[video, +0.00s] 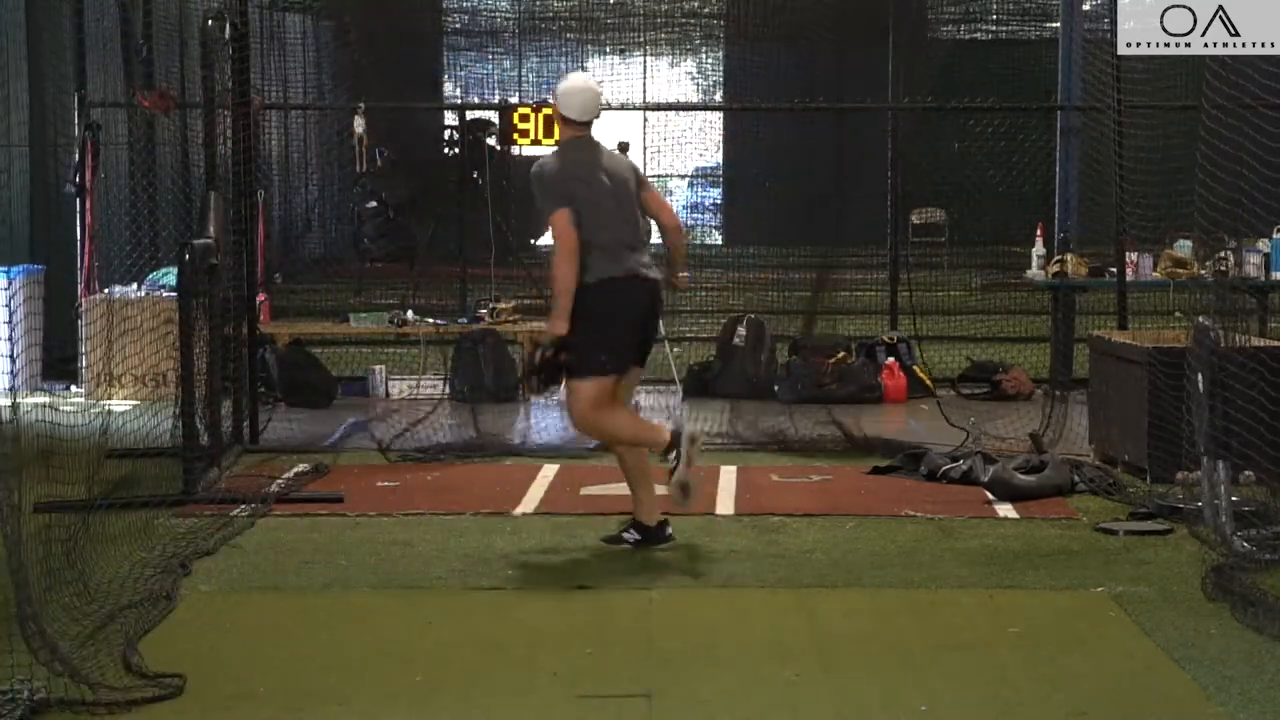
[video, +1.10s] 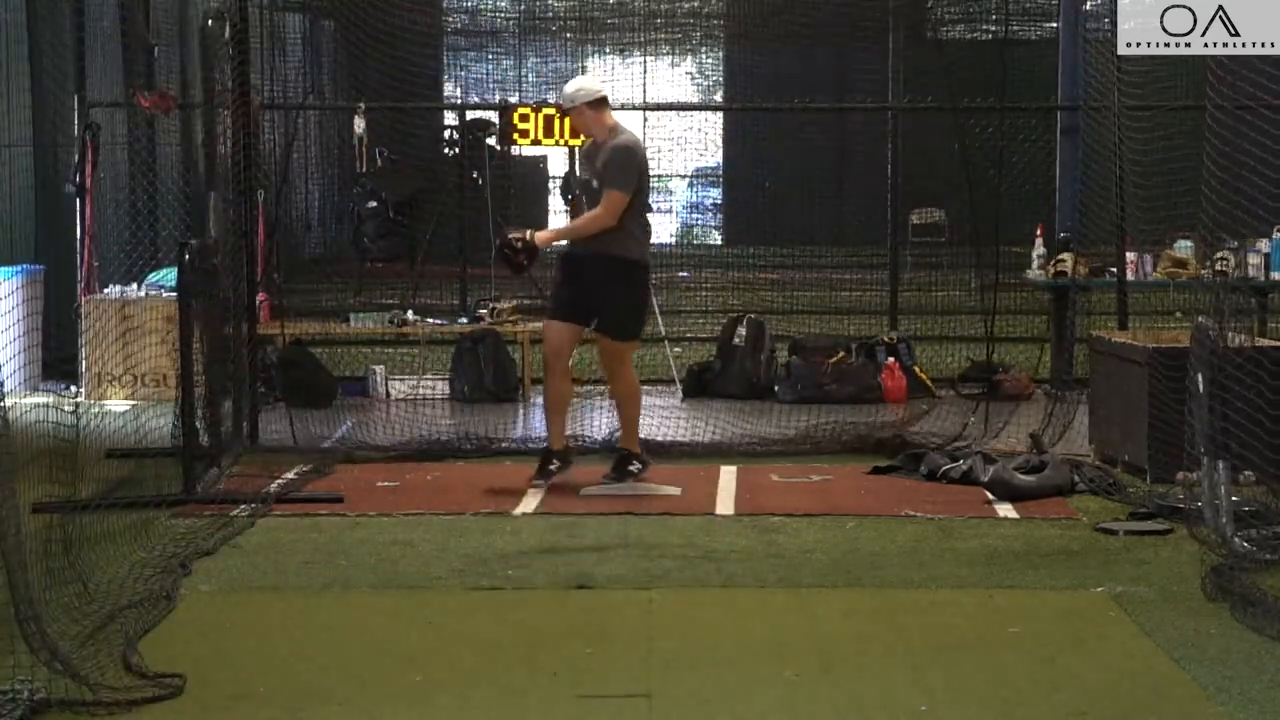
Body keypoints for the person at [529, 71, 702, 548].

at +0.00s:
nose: (556, 118)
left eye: (555, 111)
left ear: (556, 114)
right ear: (596, 116)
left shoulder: (549, 168)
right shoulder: (621, 164)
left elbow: (567, 243)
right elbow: (672, 224)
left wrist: (560, 317)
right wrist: (676, 272)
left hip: (601, 295)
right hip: (645, 293)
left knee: (586, 412)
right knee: (616, 408)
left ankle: (671, 442)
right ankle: (649, 521)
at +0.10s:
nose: (546, 88)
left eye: (546, 82)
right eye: (554, 83)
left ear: (547, 85)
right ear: (586, 84)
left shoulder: (561, 131)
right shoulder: (604, 126)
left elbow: (591, 188)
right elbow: (646, 176)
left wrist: (574, 262)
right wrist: (624, 215)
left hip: (605, 261)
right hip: (640, 260)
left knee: (576, 374)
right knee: (639, 374)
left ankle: (630, 477)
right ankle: (648, 488)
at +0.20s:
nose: (543, 75)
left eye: (543, 68)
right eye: (547, 68)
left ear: (546, 71)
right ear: (585, 71)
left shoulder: (568, 114)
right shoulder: (594, 111)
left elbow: (605, 156)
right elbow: (624, 167)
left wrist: (579, 221)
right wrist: (575, 208)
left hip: (596, 245)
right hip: (628, 243)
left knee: (580, 367)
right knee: (630, 357)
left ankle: (589, 483)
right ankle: (666, 475)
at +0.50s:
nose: (549, 99)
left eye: (550, 93)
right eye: (552, 93)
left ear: (556, 94)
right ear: (587, 93)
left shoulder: (583, 134)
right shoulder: (579, 136)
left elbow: (600, 190)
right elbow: (564, 206)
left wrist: (578, 235)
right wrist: (519, 229)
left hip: (582, 264)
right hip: (590, 264)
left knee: (577, 374)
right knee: (589, 366)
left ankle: (599, 493)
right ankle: (626, 448)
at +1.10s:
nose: (570, 124)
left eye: (572, 115)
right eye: (568, 116)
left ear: (590, 109)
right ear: (587, 110)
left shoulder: (625, 148)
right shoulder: (589, 151)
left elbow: (609, 214)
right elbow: (592, 209)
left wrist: (547, 236)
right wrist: (553, 235)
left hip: (623, 268)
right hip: (581, 264)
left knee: (616, 360)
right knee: (555, 350)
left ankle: (631, 452)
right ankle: (557, 450)